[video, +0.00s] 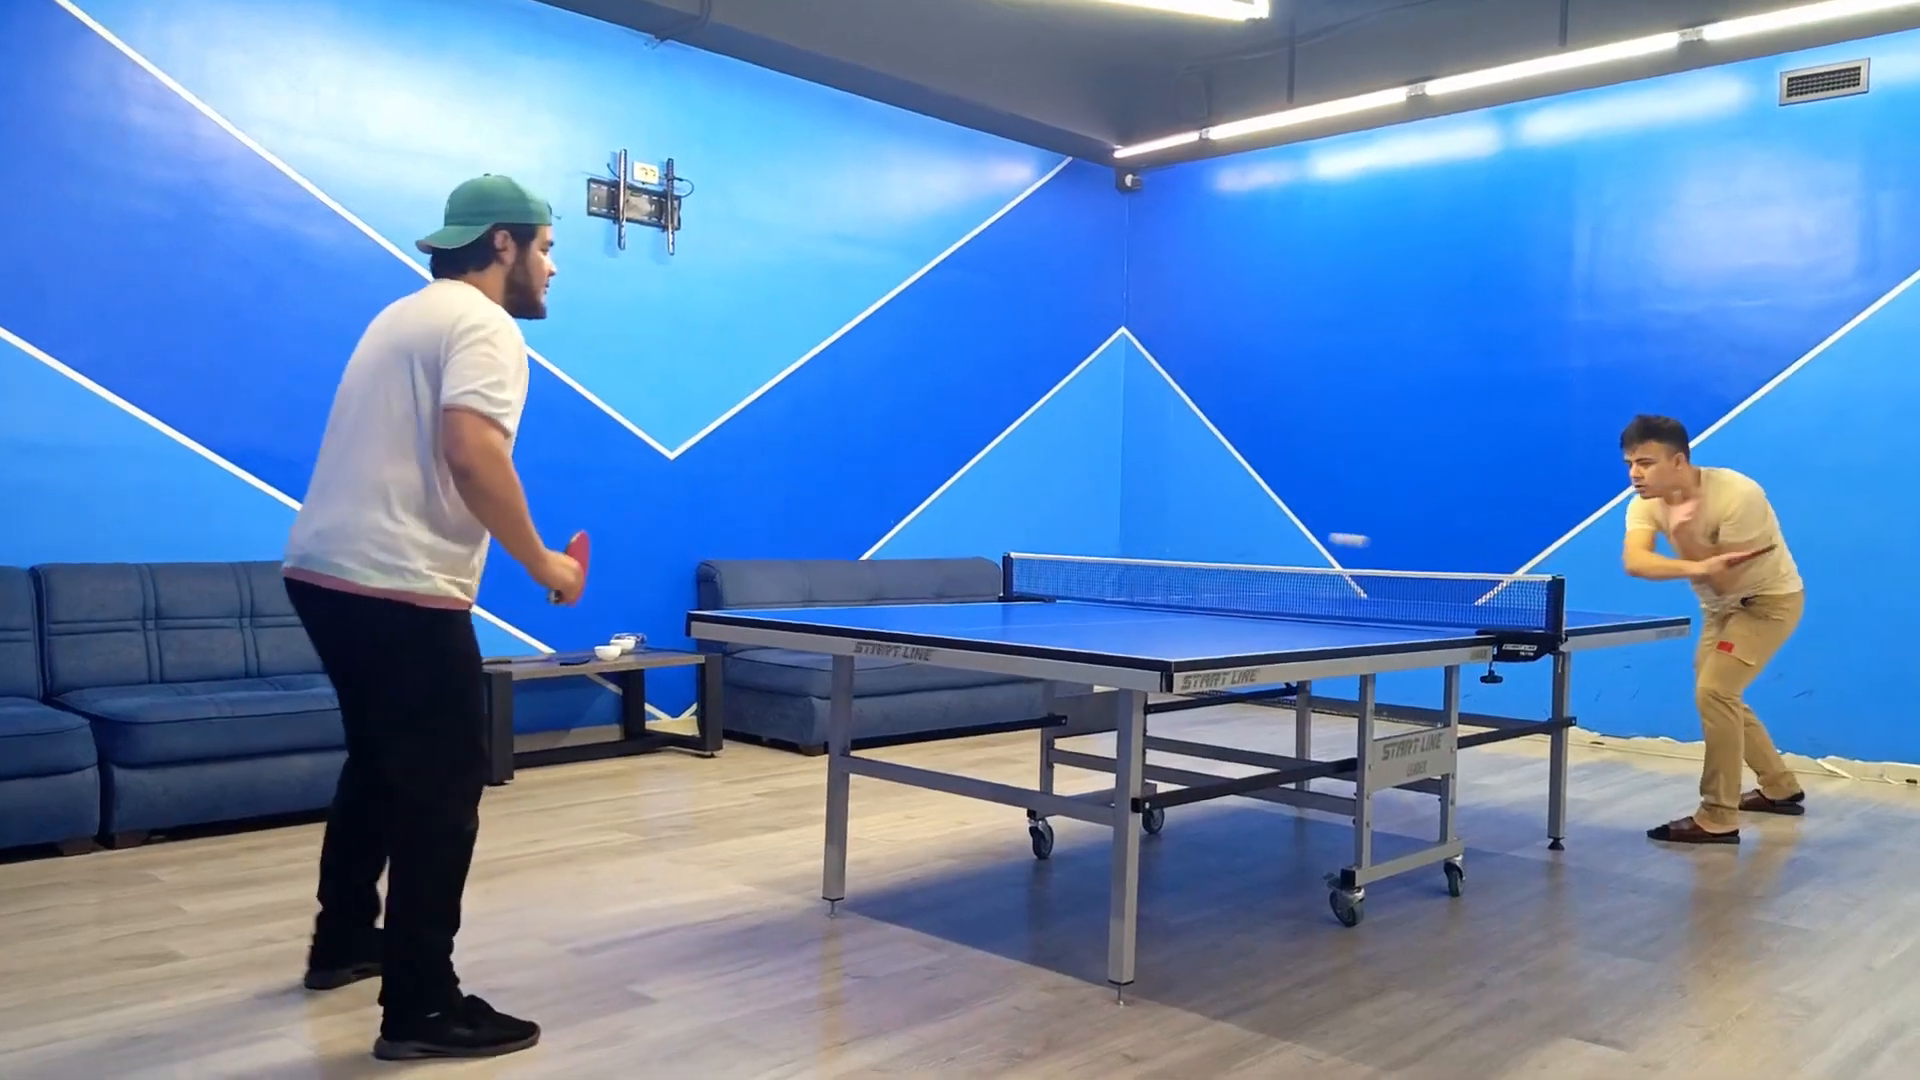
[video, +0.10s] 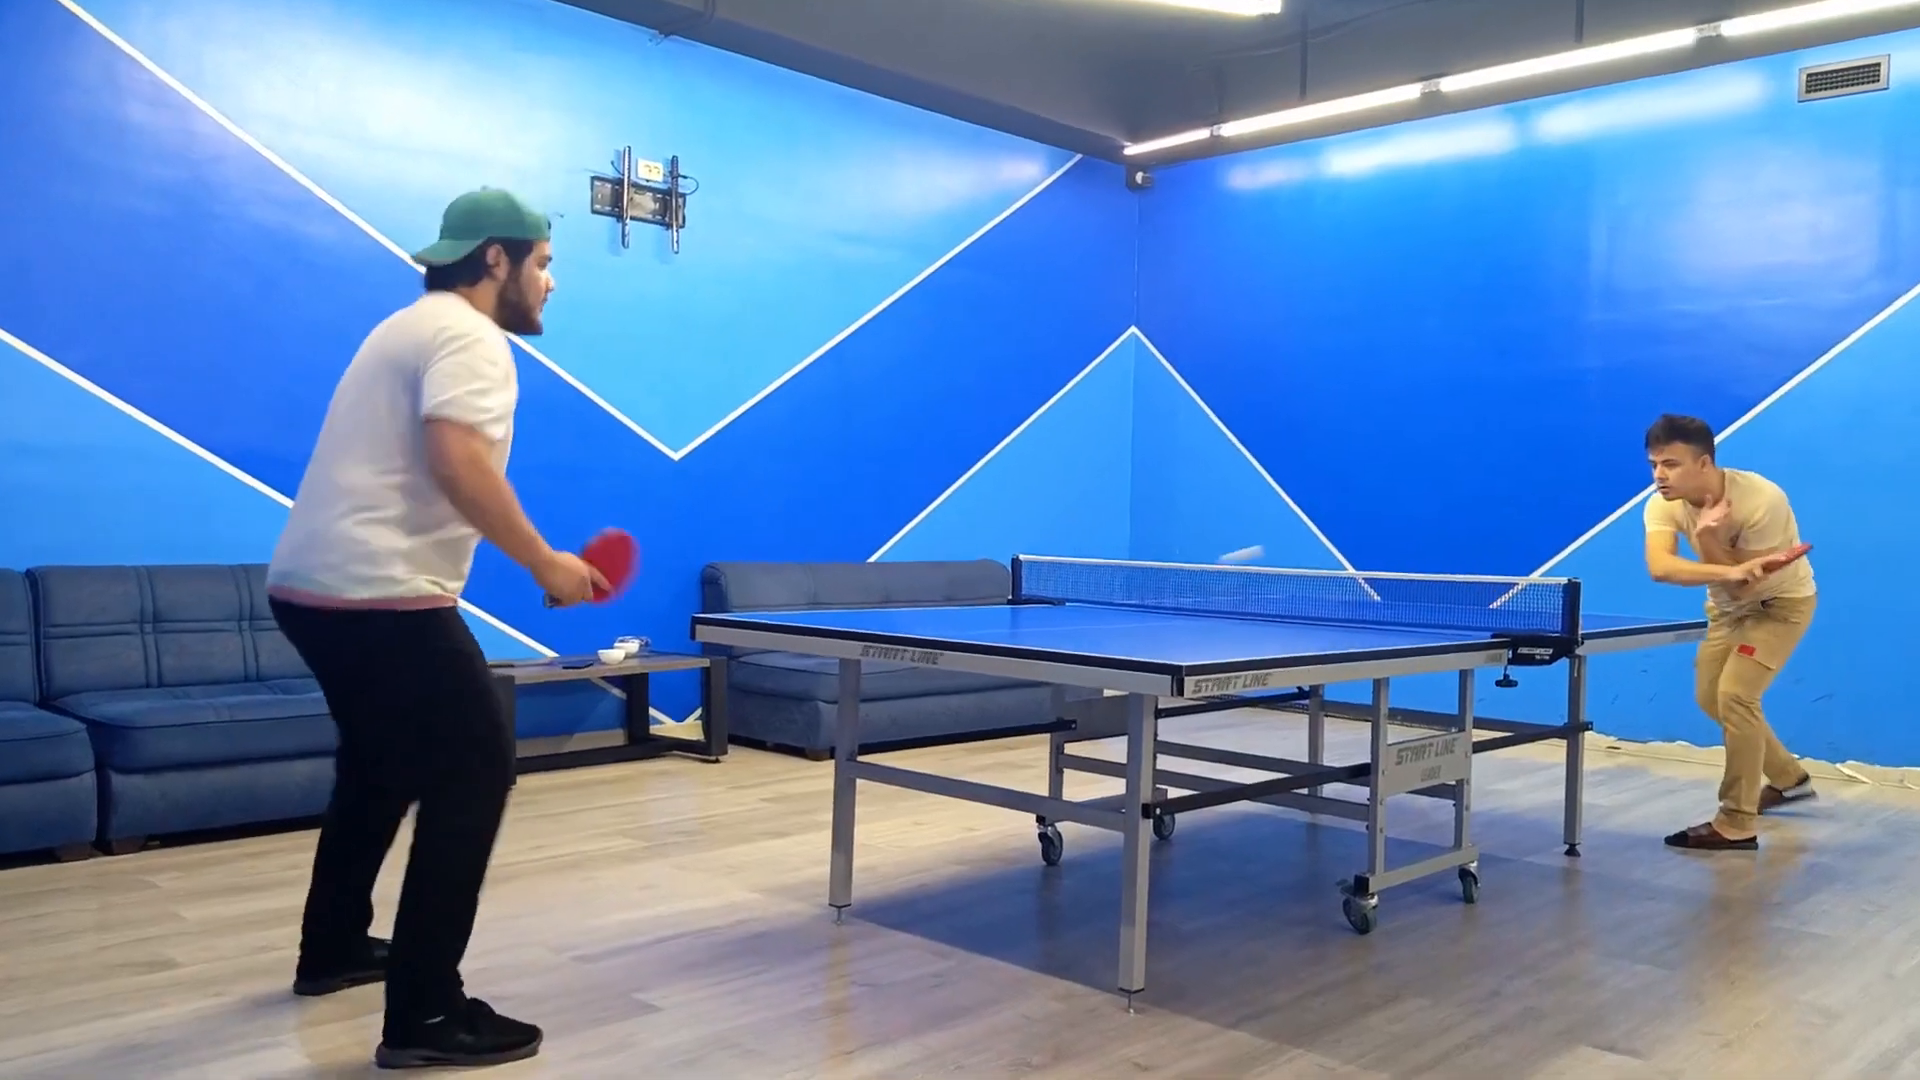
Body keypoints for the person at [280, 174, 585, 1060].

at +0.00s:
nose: (551, 267)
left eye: (550, 251)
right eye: (543, 250)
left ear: (471, 251)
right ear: (502, 248)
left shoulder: (404, 315)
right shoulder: (482, 324)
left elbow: (375, 454)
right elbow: (472, 452)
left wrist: (434, 564)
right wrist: (542, 560)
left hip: (330, 580)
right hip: (399, 592)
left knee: (380, 759)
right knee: (446, 781)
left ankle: (344, 936)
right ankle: (422, 1002)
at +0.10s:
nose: (551, 283)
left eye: (550, 266)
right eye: (542, 265)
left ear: (477, 265)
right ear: (497, 262)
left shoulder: (405, 329)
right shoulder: (470, 339)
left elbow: (380, 467)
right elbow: (460, 461)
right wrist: (547, 562)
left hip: (320, 592)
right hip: (387, 599)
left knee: (382, 763)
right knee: (476, 769)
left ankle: (332, 946)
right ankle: (427, 1007)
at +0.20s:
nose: (544, 306)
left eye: (544, 289)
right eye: (534, 288)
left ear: (471, 287)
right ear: (481, 284)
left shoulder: (399, 353)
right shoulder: (447, 366)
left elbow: (401, 515)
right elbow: (436, 516)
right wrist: (554, 621)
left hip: (321, 616)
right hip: (379, 620)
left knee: (409, 769)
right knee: (499, 782)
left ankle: (336, 955)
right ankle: (422, 1028)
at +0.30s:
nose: (533, 329)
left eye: (533, 311)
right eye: (521, 309)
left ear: (456, 309)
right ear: (462, 306)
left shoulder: (386, 381)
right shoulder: (431, 403)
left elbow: (433, 564)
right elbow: (443, 568)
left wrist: (577, 647)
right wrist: (584, 652)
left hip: (323, 653)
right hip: (373, 658)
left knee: (432, 790)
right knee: (511, 809)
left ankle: (341, 965)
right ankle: (418, 1053)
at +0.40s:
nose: (515, 339)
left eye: (515, 321)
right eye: (499, 319)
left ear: (438, 321)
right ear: (437, 318)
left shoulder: (362, 396)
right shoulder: (414, 430)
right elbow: (488, 590)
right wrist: (657, 623)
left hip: (308, 678)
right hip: (357, 684)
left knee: (434, 803)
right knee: (514, 826)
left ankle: (338, 979)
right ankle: (417, 1062)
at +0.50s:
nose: (463, 323)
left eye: (461, 304)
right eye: (450, 302)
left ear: (382, 300)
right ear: (388, 298)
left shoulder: (298, 381)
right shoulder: (362, 408)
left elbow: (291, 540)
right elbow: (478, 556)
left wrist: (382, 616)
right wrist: (649, 575)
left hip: (235, 671)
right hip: (296, 677)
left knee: (347, 799)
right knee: (457, 826)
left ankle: (306, 977)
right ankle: (388, 1062)